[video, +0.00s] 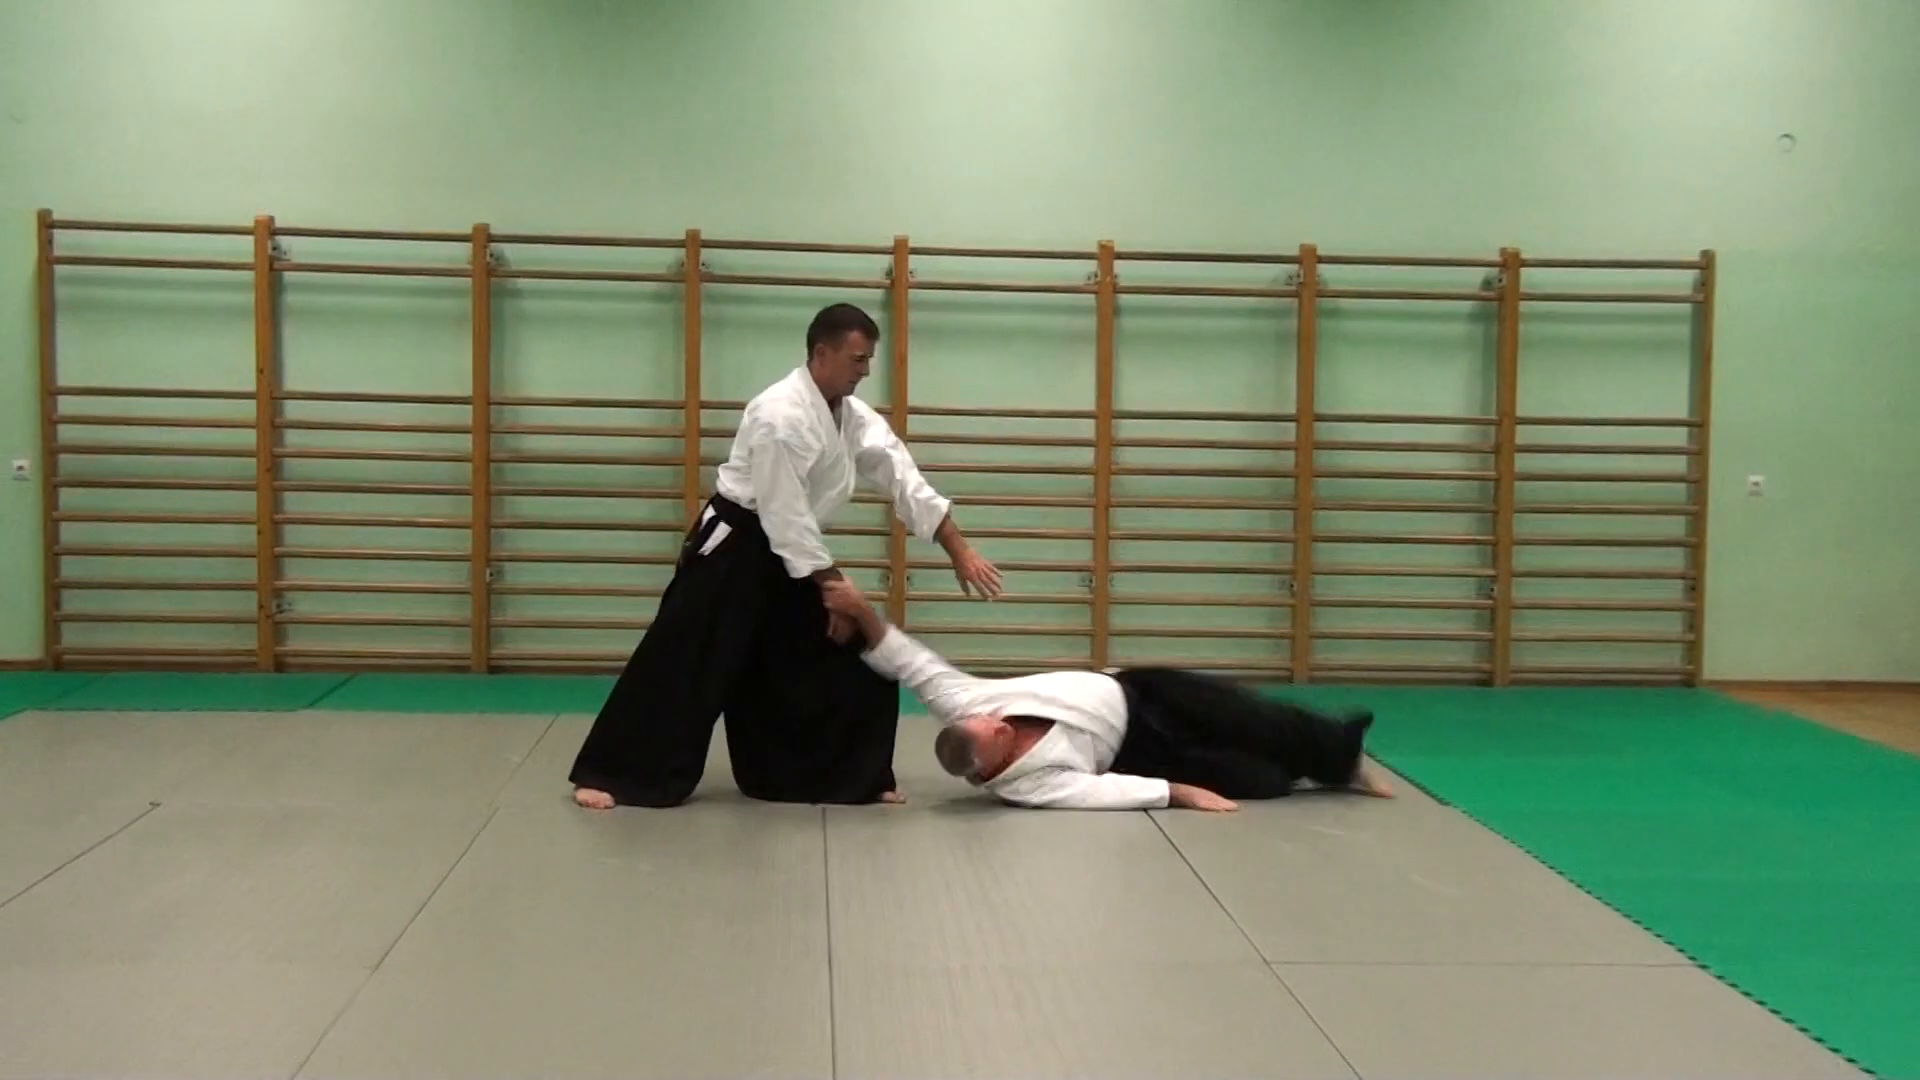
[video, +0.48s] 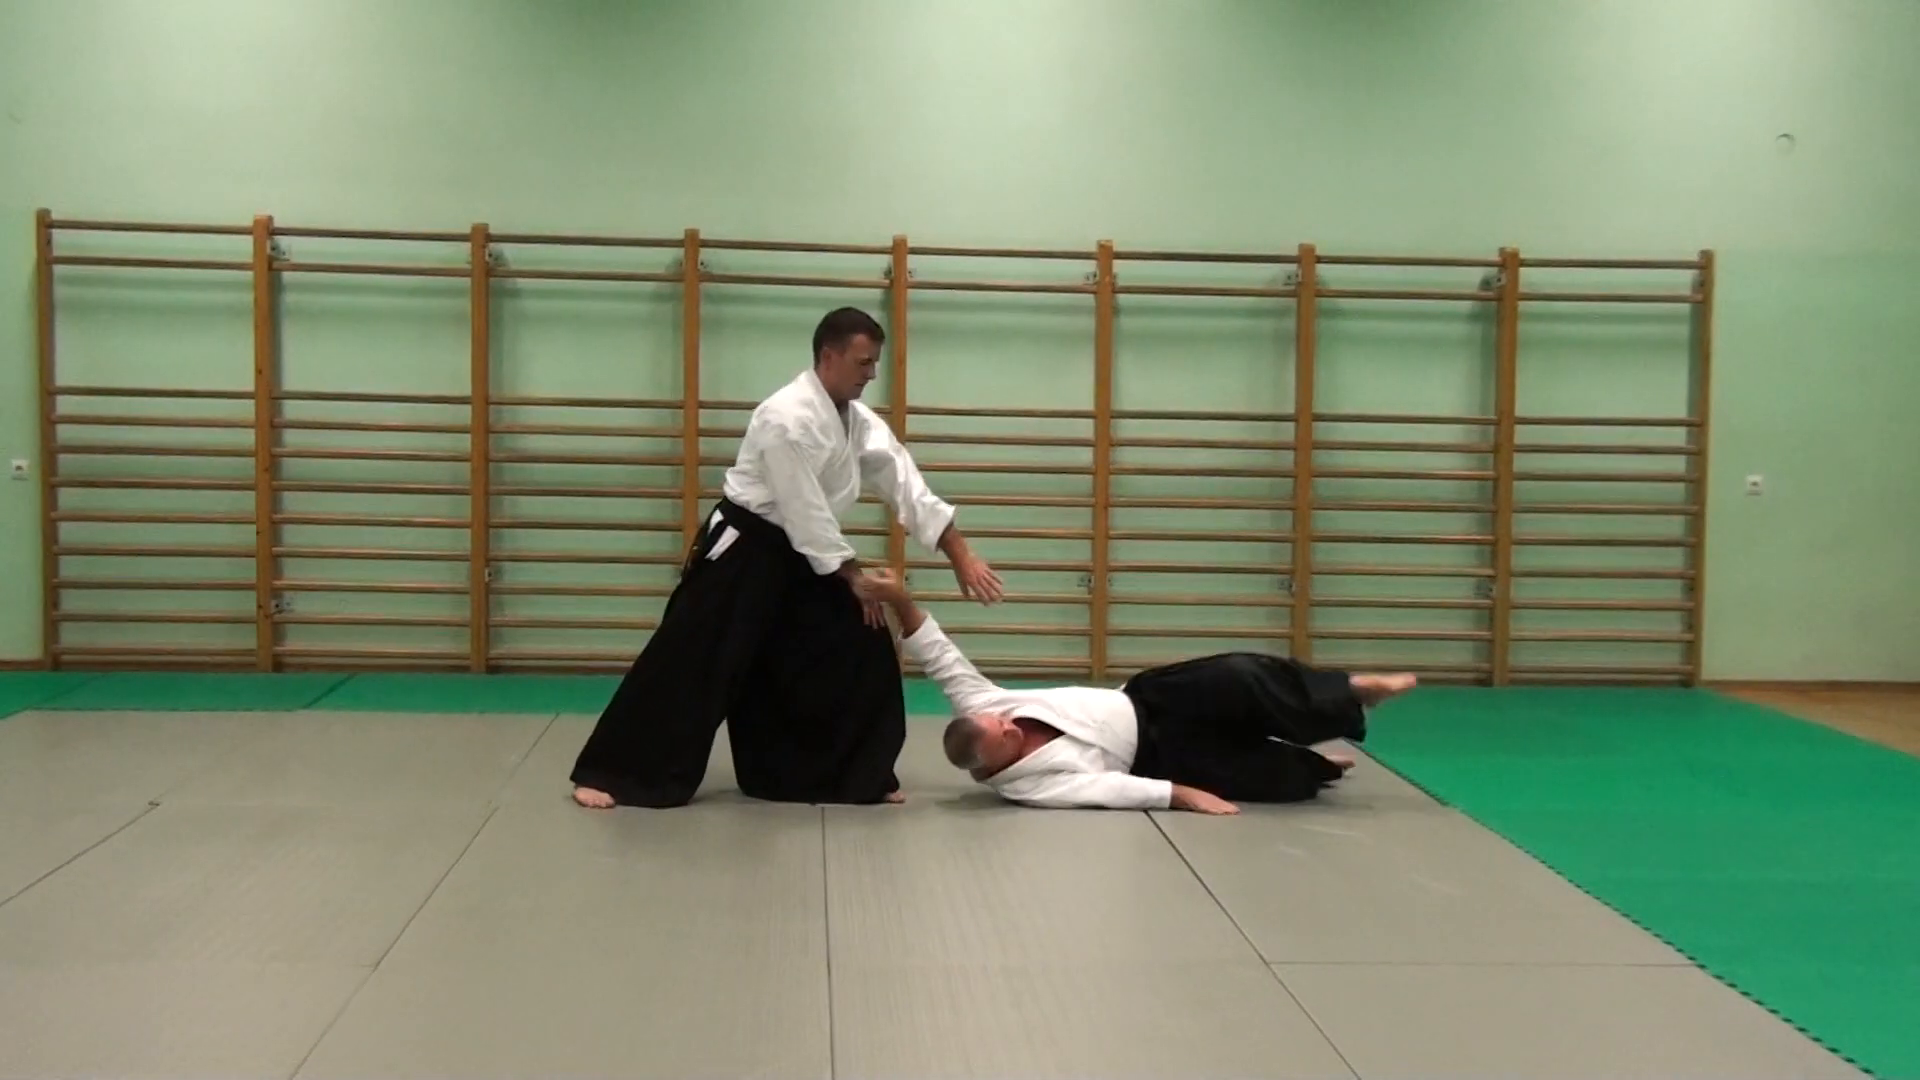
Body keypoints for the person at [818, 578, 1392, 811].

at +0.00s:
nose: (1004, 728)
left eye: (992, 726)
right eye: (996, 741)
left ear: (983, 722)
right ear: (989, 769)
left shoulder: (967, 706)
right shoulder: (1031, 784)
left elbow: (916, 662)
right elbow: (1105, 788)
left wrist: (865, 621)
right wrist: (1176, 793)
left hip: (1139, 692)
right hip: (1148, 750)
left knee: (1252, 717)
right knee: (1254, 777)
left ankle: (1341, 754)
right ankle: (1311, 771)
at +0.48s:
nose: (1010, 726)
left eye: (1001, 721)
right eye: (1002, 740)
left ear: (992, 714)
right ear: (992, 767)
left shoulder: (986, 705)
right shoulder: (1035, 782)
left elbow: (942, 657)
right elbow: (1109, 788)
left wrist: (903, 602)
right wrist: (1177, 795)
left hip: (1144, 700)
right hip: (1159, 756)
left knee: (1244, 675)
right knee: (1259, 771)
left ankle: (1347, 691)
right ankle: (1312, 768)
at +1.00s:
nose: (1097, 598)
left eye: (1093, 589)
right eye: (1087, 594)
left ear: (1059, 606)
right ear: (1065, 608)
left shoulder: (1068, 633)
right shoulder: (1068, 666)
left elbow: (1113, 683)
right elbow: (1109, 733)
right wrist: (1163, 789)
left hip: (1157, 698)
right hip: (1165, 742)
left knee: (1224, 654)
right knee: (1288, 706)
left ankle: (1320, 712)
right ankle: (1377, 712)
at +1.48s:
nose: (1047, 589)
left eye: (1045, 581)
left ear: (1050, 578)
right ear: (1088, 556)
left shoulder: (1055, 617)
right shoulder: (1136, 571)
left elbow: (1041, 691)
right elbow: (1212, 579)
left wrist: (1034, 753)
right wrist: (1257, 605)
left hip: (1147, 715)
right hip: (1190, 672)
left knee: (1236, 748)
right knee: (1279, 678)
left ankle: (1323, 751)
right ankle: (1350, 743)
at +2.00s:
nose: (1035, 526)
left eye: (1037, 516)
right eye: (1033, 517)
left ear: (1062, 510)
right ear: (1068, 504)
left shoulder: (1089, 549)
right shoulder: (1123, 502)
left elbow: (1070, 629)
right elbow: (1177, 509)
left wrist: (1048, 704)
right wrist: (1150, 562)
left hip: (1205, 628)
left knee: (1175, 734)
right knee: (1110, 631)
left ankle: (1278, 717)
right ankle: (1121, 718)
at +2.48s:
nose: (1008, 411)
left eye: (1018, 402)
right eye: (1009, 402)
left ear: (1050, 410)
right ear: (1035, 411)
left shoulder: (1081, 456)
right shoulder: (1026, 458)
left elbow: (1121, 513)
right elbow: (1024, 518)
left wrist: (1132, 580)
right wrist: (1023, 573)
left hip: (1111, 582)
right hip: (1061, 581)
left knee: (1164, 671)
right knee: (1016, 633)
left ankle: (1248, 700)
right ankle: (1035, 727)